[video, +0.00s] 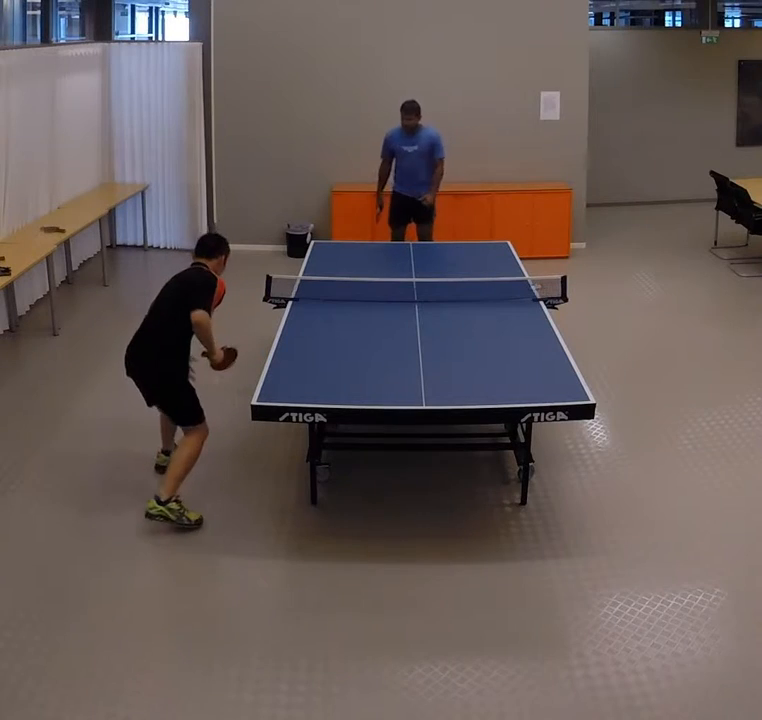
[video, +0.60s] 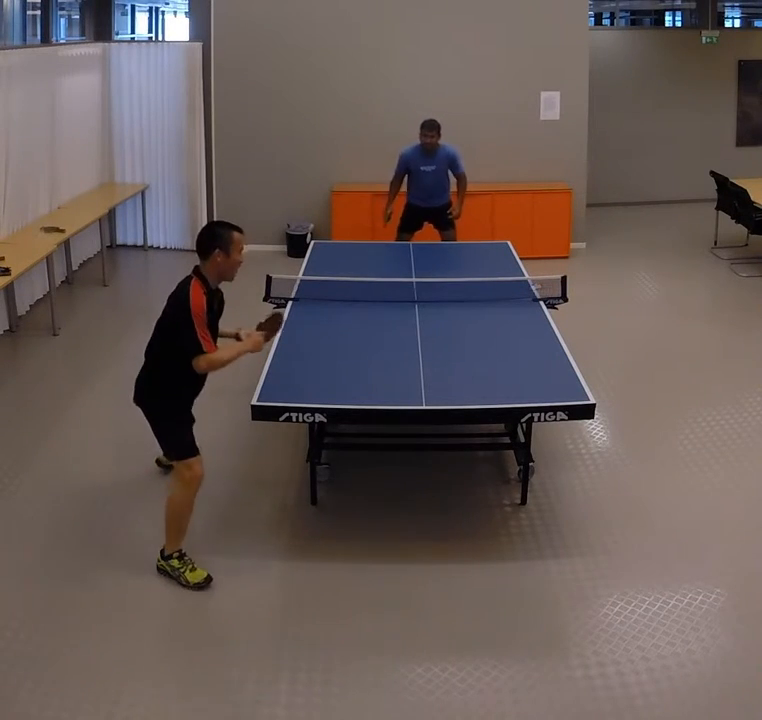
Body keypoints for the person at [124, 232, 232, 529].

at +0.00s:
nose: (225, 267)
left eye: (225, 262)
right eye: (225, 262)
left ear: (195, 256)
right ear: (221, 259)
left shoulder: (181, 277)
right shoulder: (207, 280)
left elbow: (168, 319)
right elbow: (199, 317)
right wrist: (213, 353)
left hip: (138, 357)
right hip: (162, 364)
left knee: (169, 403)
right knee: (197, 431)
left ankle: (166, 452)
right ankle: (165, 500)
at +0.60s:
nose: (242, 260)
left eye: (242, 254)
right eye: (238, 254)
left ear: (217, 256)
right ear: (217, 257)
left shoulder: (211, 291)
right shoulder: (191, 299)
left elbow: (204, 330)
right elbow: (204, 362)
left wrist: (236, 334)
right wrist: (246, 346)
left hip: (178, 384)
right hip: (160, 395)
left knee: (182, 419)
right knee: (190, 471)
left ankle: (169, 456)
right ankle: (170, 555)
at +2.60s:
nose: (387, 312)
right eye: (389, 308)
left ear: (344, 312)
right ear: (388, 314)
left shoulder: (320, 371)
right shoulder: (413, 369)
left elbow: (294, 439)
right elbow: (437, 412)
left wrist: (278, 473)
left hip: (333, 502)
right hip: (398, 500)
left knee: (297, 565)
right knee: (444, 567)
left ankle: (274, 644)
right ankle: (476, 648)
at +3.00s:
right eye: (398, 298)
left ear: (355, 295)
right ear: (399, 302)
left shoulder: (313, 346)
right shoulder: (408, 352)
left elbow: (292, 416)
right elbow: (459, 409)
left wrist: (289, 469)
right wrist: (490, 429)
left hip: (326, 484)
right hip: (388, 484)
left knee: (297, 566)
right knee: (432, 563)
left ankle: (273, 643)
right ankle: (468, 635)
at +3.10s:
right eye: (417, 303)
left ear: (375, 297)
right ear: (417, 307)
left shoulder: (328, 345)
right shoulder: (421, 362)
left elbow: (290, 405)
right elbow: (458, 428)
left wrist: (286, 451)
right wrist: (502, 478)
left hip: (331, 486)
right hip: (392, 489)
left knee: (301, 565)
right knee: (437, 566)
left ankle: (273, 643)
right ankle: (468, 642)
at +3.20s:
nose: (449, 319)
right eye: (450, 313)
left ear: (404, 308)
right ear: (446, 319)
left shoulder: (356, 351)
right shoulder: (442, 371)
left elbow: (309, 402)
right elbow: (438, 419)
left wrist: (299, 454)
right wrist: (451, 476)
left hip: (341, 490)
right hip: (400, 495)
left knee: (306, 565)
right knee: (445, 570)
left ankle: (273, 643)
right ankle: (467, 647)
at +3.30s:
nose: (463, 322)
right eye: (464, 317)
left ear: (419, 312)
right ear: (461, 322)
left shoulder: (376, 354)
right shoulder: (457, 375)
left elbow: (331, 409)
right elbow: (446, 432)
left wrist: (327, 457)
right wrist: (454, 504)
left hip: (359, 490)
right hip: (418, 497)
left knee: (316, 566)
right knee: (455, 572)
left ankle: (276, 642)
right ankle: (468, 648)